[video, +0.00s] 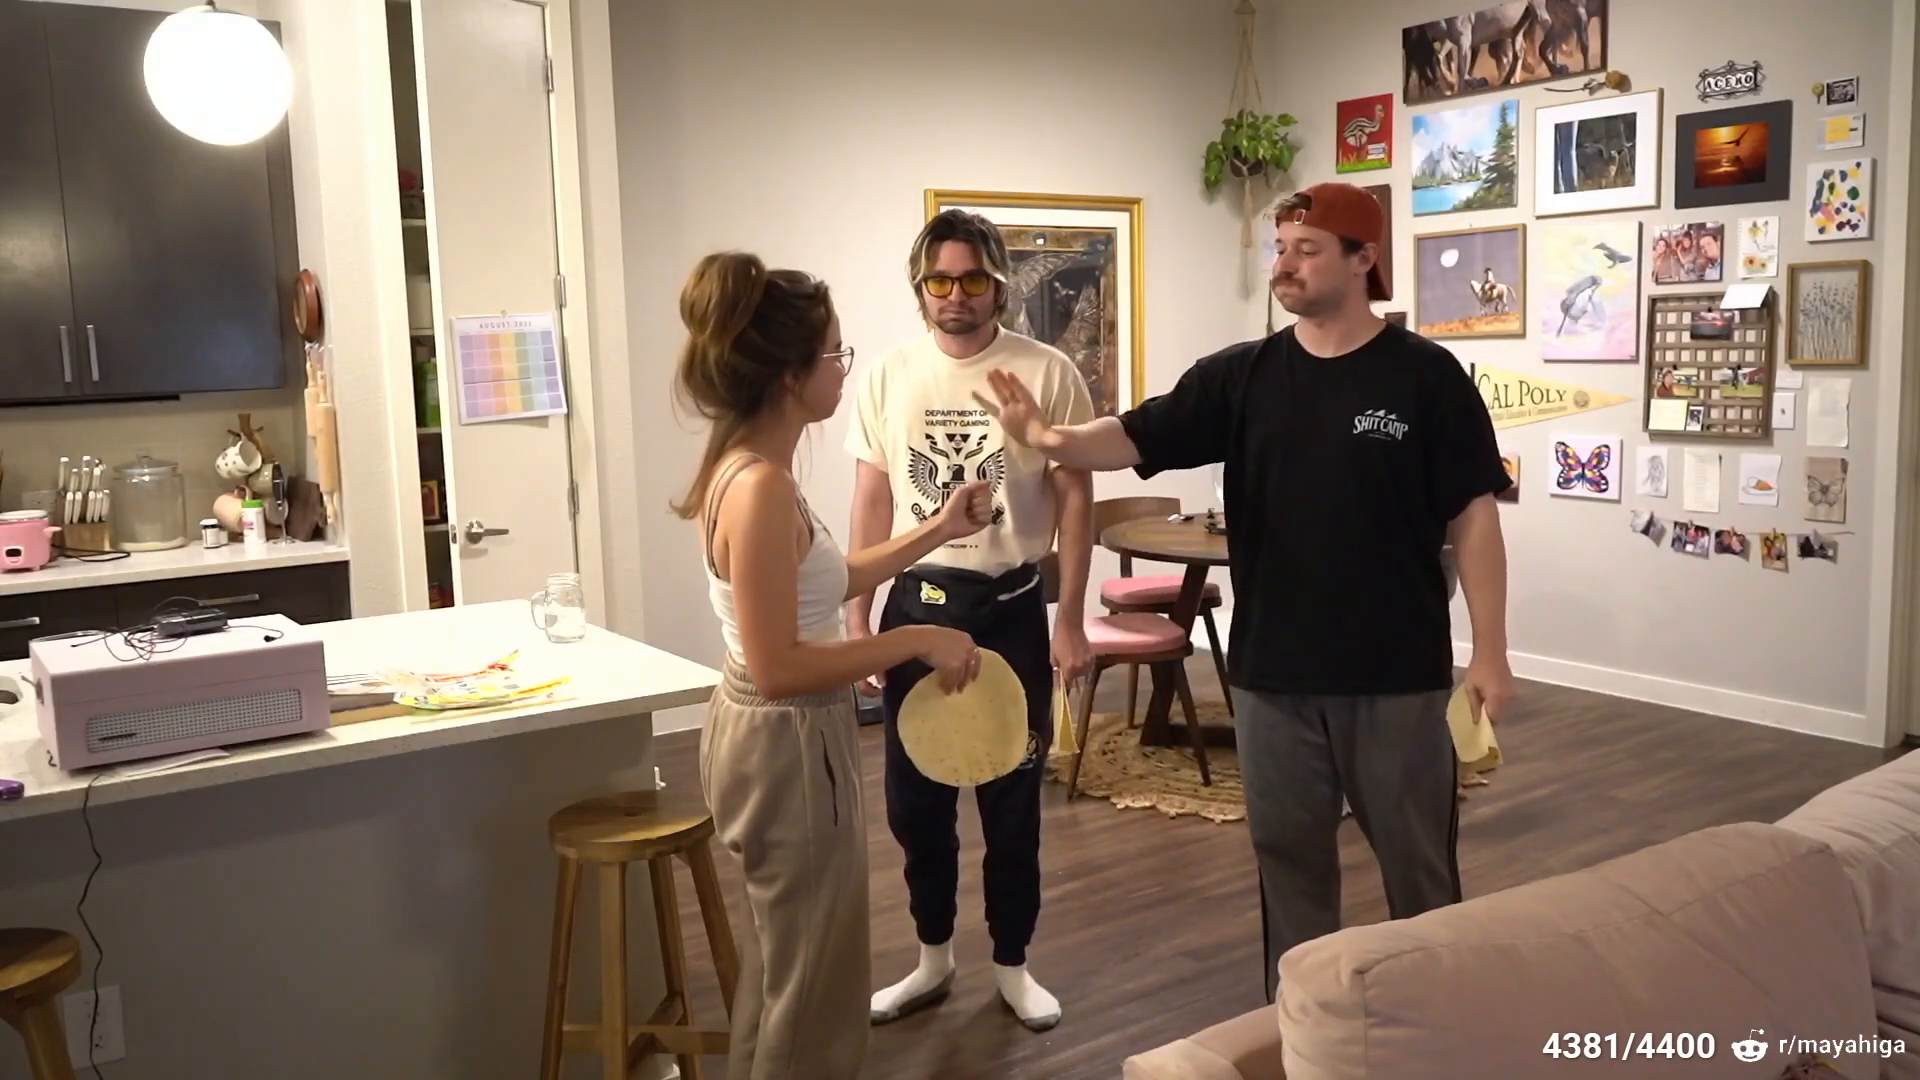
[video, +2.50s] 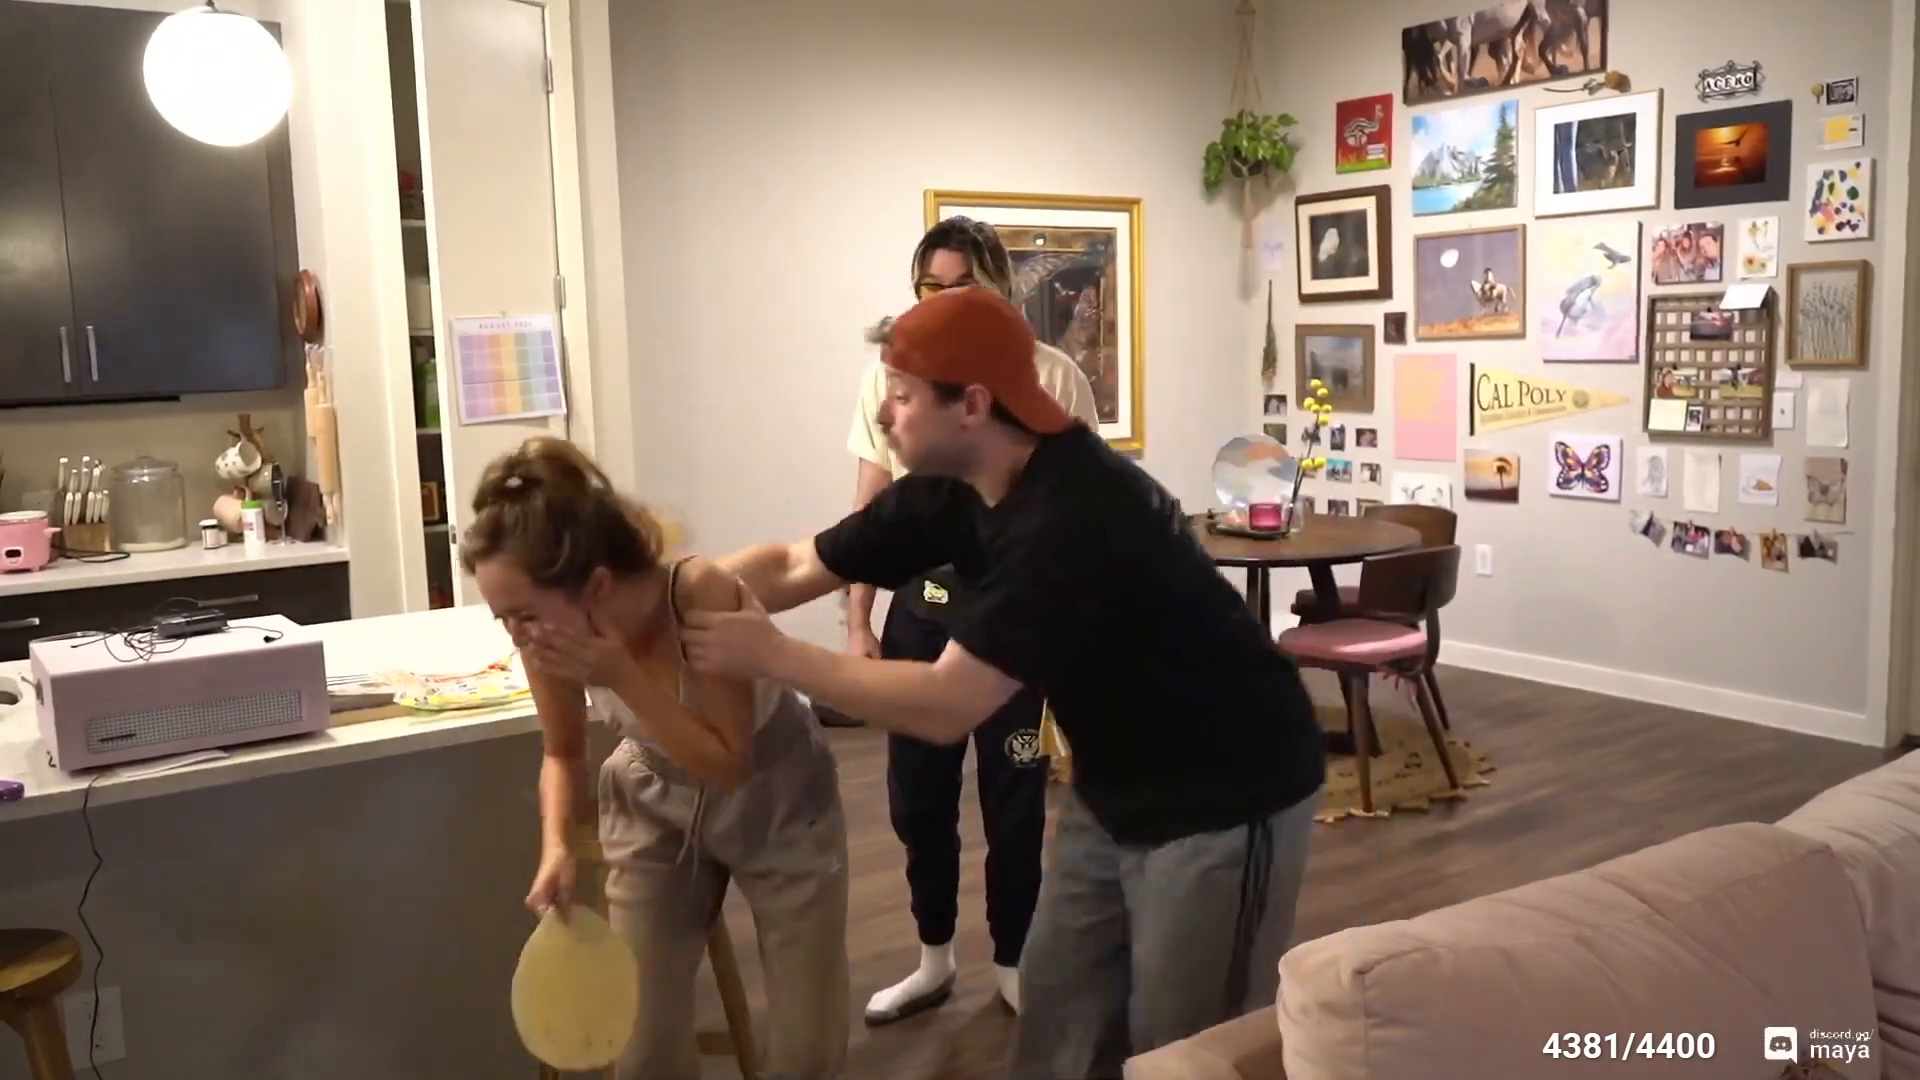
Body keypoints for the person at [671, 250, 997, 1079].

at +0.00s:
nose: (846, 367)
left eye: (841, 352)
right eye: (835, 355)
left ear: (778, 377)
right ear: (787, 376)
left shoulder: (751, 468)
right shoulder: (757, 487)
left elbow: (825, 583)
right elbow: (776, 668)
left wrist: (936, 530)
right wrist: (920, 641)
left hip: (773, 732)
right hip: (786, 746)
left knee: (786, 968)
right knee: (813, 981)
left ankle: (763, 1073)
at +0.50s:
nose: (861, 371)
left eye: (857, 356)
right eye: (852, 359)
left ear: (795, 377)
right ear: (805, 376)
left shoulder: (753, 468)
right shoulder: (770, 482)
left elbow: (823, 592)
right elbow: (780, 665)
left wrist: (937, 546)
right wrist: (924, 646)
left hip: (761, 730)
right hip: (785, 744)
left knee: (781, 968)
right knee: (815, 978)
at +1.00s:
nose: (869, 369)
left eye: (864, 353)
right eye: (858, 356)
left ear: (804, 377)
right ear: (811, 378)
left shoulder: (767, 468)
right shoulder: (777, 483)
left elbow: (797, 625)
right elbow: (779, 664)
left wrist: (900, 623)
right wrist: (919, 653)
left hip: (780, 731)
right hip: (792, 743)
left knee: (786, 963)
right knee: (817, 976)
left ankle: (762, 1074)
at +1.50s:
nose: (866, 382)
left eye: (864, 365)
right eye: (855, 369)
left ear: (796, 382)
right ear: (797, 382)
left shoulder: (783, 473)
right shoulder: (761, 489)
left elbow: (797, 616)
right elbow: (750, 671)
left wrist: (888, 627)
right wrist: (896, 663)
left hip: (798, 739)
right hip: (782, 751)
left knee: (795, 970)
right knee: (811, 983)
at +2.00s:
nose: (704, 431)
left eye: (719, 406)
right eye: (683, 415)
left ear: (768, 395)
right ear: (666, 415)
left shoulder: (816, 462)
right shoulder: (665, 497)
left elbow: (831, 621)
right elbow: (669, 660)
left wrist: (765, 491)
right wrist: (783, 649)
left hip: (817, 731)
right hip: (715, 743)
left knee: (826, 988)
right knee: (774, 1010)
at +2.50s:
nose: (515, 637)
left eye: (525, 615)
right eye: (502, 618)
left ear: (597, 586)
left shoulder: (703, 591)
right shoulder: (546, 627)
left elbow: (728, 766)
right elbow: (563, 750)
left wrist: (617, 671)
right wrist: (557, 847)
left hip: (772, 789)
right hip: (653, 791)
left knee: (806, 1047)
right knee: (643, 1040)